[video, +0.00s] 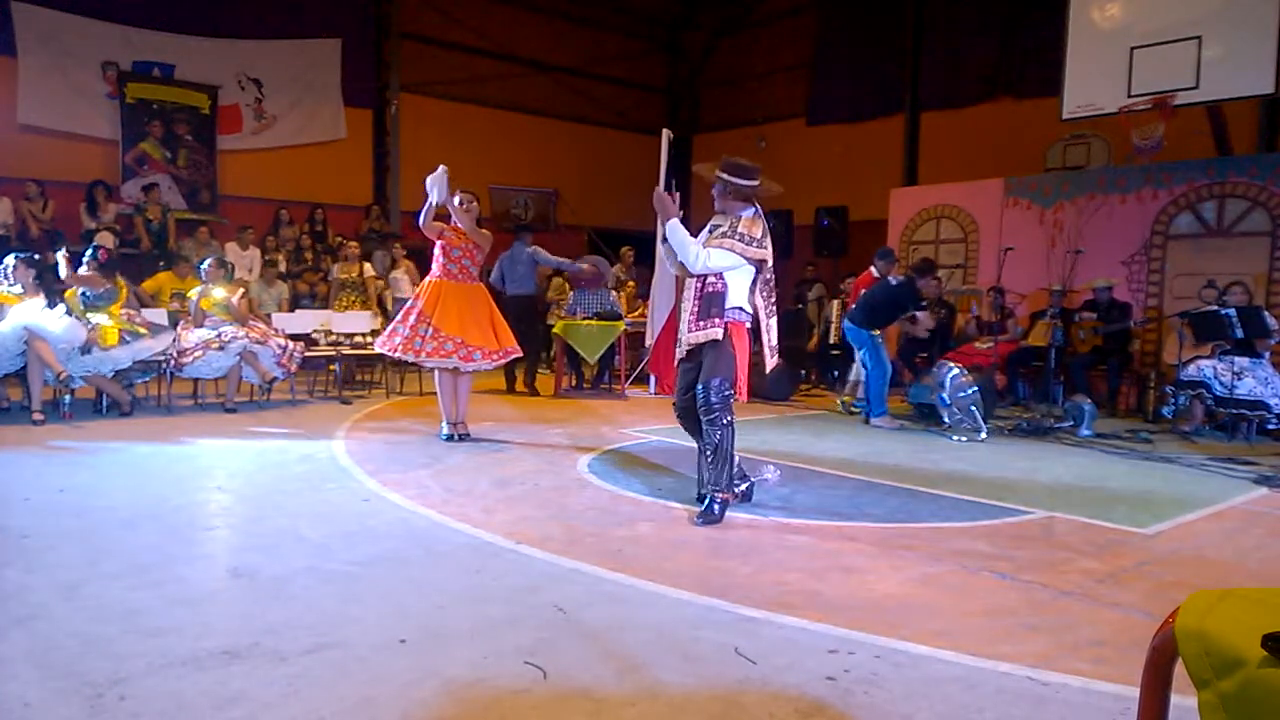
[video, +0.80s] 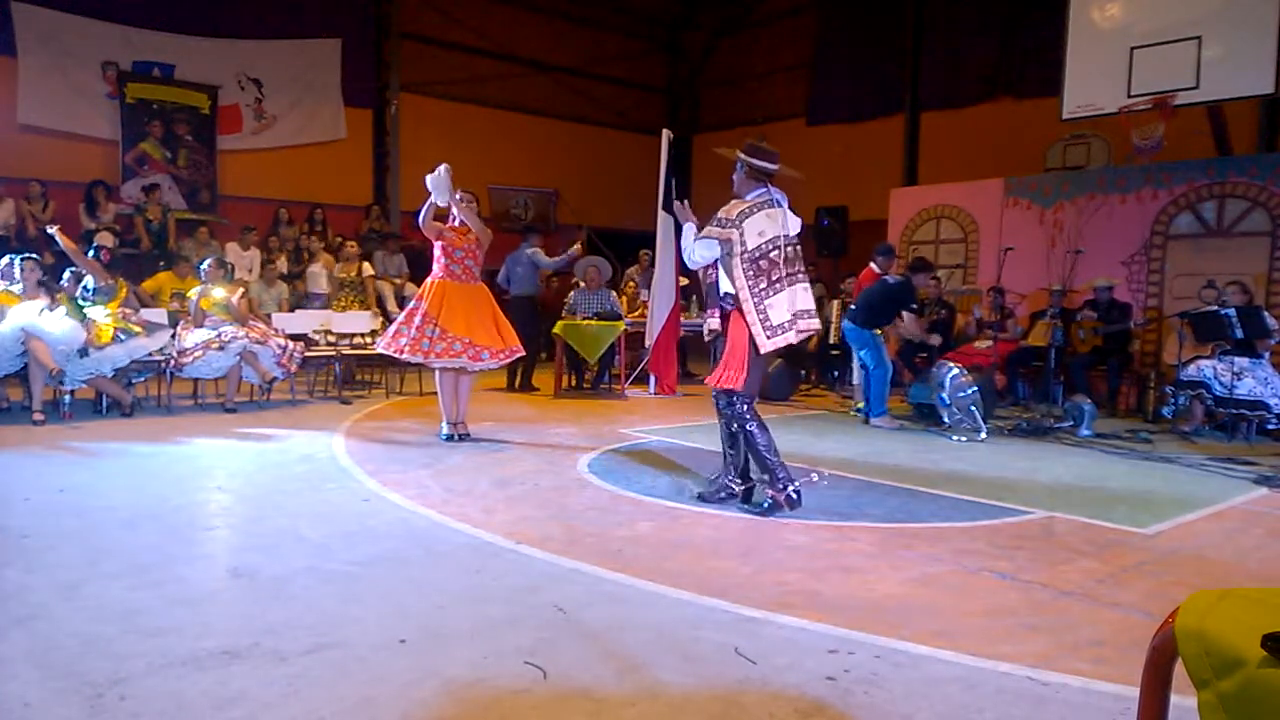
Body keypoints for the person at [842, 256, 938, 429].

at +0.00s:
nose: (933, 285)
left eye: (934, 280)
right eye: (932, 280)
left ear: (916, 273)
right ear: (925, 278)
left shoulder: (901, 282)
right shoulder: (911, 291)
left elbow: (893, 316)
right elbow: (926, 321)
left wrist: (912, 329)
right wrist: (934, 321)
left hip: (855, 323)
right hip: (863, 328)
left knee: (874, 368)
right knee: (882, 368)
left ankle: (872, 411)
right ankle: (879, 414)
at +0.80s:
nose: (928, 283)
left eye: (929, 278)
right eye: (928, 278)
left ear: (911, 271)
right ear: (920, 275)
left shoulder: (894, 281)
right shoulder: (907, 289)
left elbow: (899, 325)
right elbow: (910, 326)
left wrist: (920, 337)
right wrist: (928, 338)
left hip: (853, 323)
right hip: (863, 328)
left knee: (872, 367)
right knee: (882, 368)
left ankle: (871, 411)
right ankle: (879, 414)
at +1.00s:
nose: (930, 284)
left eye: (931, 280)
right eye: (929, 279)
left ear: (915, 275)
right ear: (920, 277)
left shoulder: (896, 283)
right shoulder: (906, 289)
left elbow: (884, 324)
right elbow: (900, 329)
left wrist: (902, 344)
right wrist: (915, 351)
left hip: (853, 323)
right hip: (860, 327)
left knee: (872, 366)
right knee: (880, 367)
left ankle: (871, 410)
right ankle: (878, 414)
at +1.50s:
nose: (927, 294)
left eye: (930, 291)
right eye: (929, 289)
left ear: (917, 280)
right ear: (920, 281)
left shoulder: (898, 286)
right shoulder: (902, 292)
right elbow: (897, 328)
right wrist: (913, 356)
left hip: (851, 323)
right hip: (858, 325)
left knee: (868, 367)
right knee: (876, 366)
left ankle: (869, 409)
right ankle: (873, 413)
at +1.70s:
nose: (926, 292)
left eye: (928, 288)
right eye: (926, 287)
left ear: (914, 279)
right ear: (916, 280)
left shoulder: (894, 283)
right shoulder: (902, 291)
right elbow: (904, 330)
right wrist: (921, 358)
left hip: (847, 323)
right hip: (856, 327)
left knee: (866, 368)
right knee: (870, 369)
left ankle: (868, 408)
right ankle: (862, 414)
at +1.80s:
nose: (923, 293)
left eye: (926, 289)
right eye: (924, 288)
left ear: (911, 279)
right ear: (915, 280)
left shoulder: (888, 281)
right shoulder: (901, 291)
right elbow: (903, 329)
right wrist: (920, 358)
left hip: (843, 322)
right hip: (856, 327)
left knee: (860, 369)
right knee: (869, 370)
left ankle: (866, 408)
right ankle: (861, 414)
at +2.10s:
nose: (918, 292)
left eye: (920, 288)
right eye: (918, 287)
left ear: (907, 279)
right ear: (910, 281)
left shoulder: (884, 280)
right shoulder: (898, 293)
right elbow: (902, 332)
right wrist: (920, 359)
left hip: (839, 319)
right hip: (853, 327)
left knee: (841, 368)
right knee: (861, 372)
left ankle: (832, 413)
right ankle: (858, 415)